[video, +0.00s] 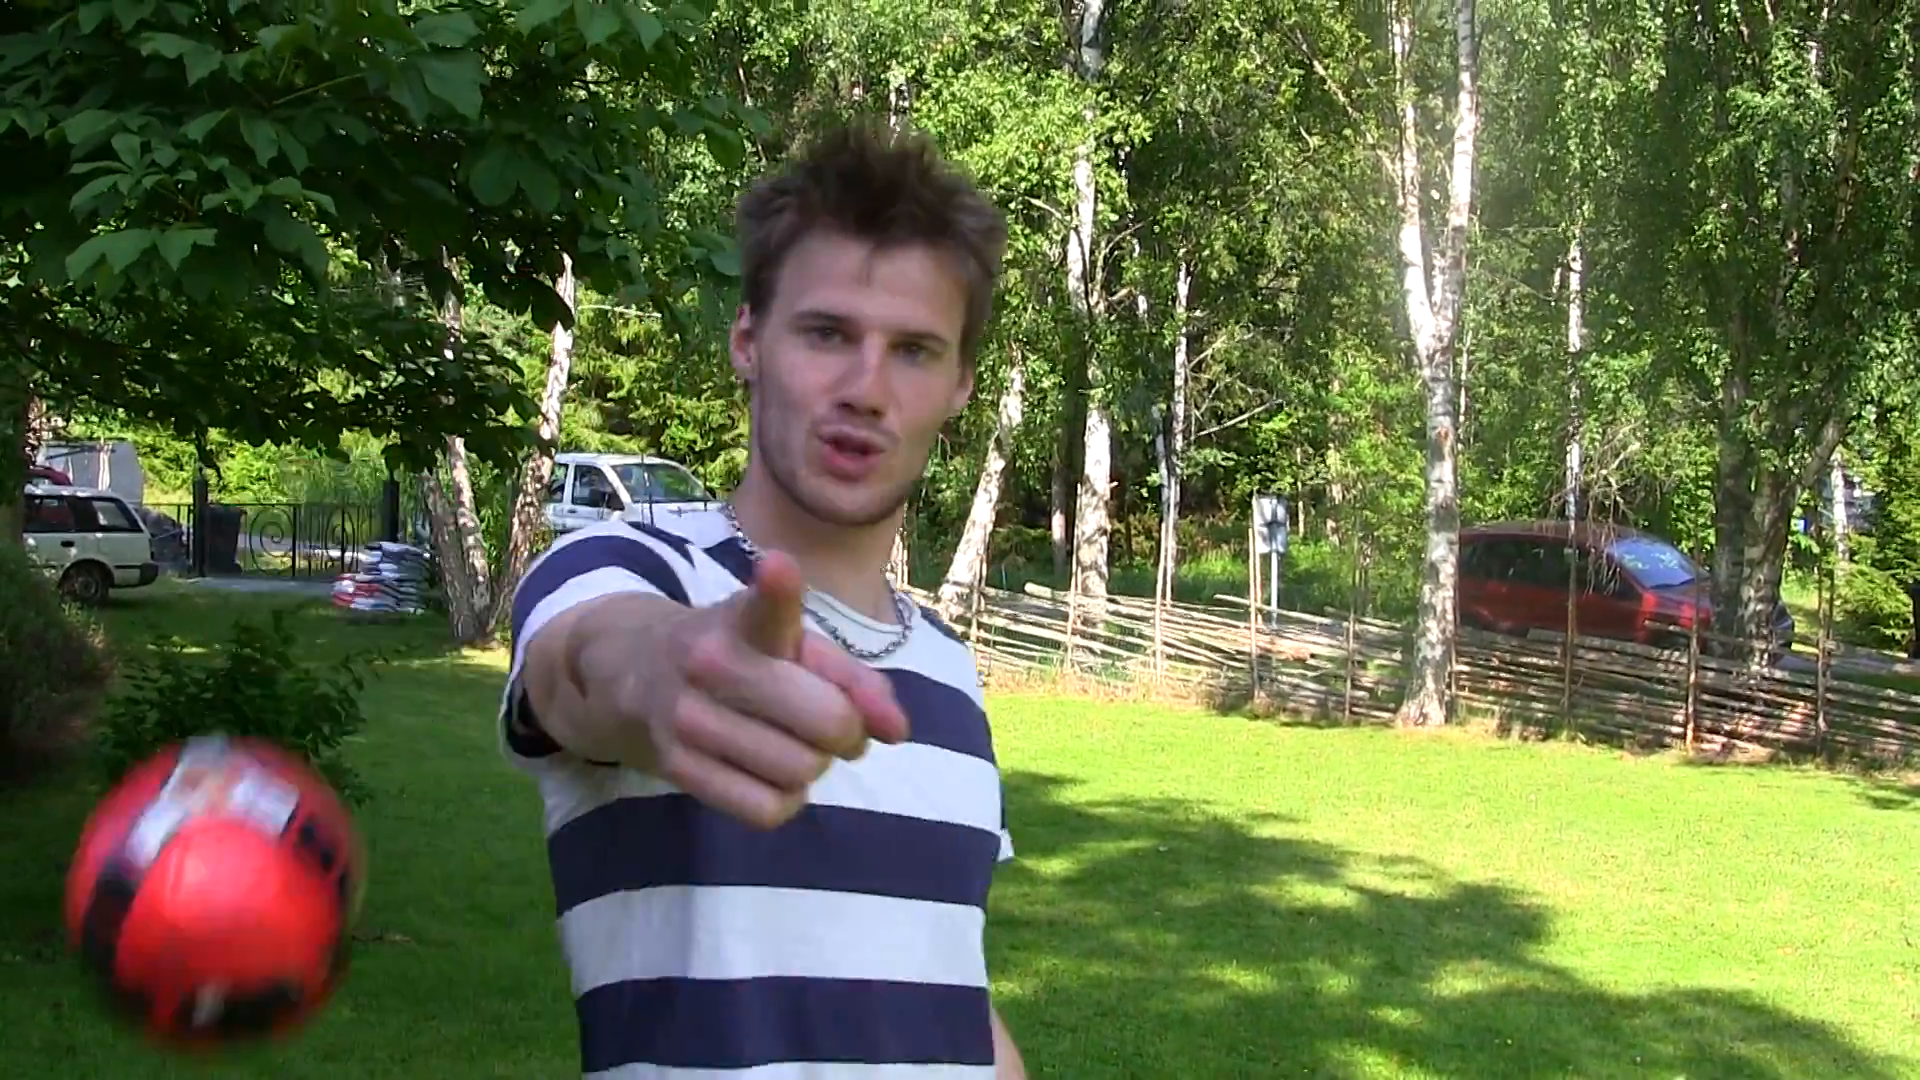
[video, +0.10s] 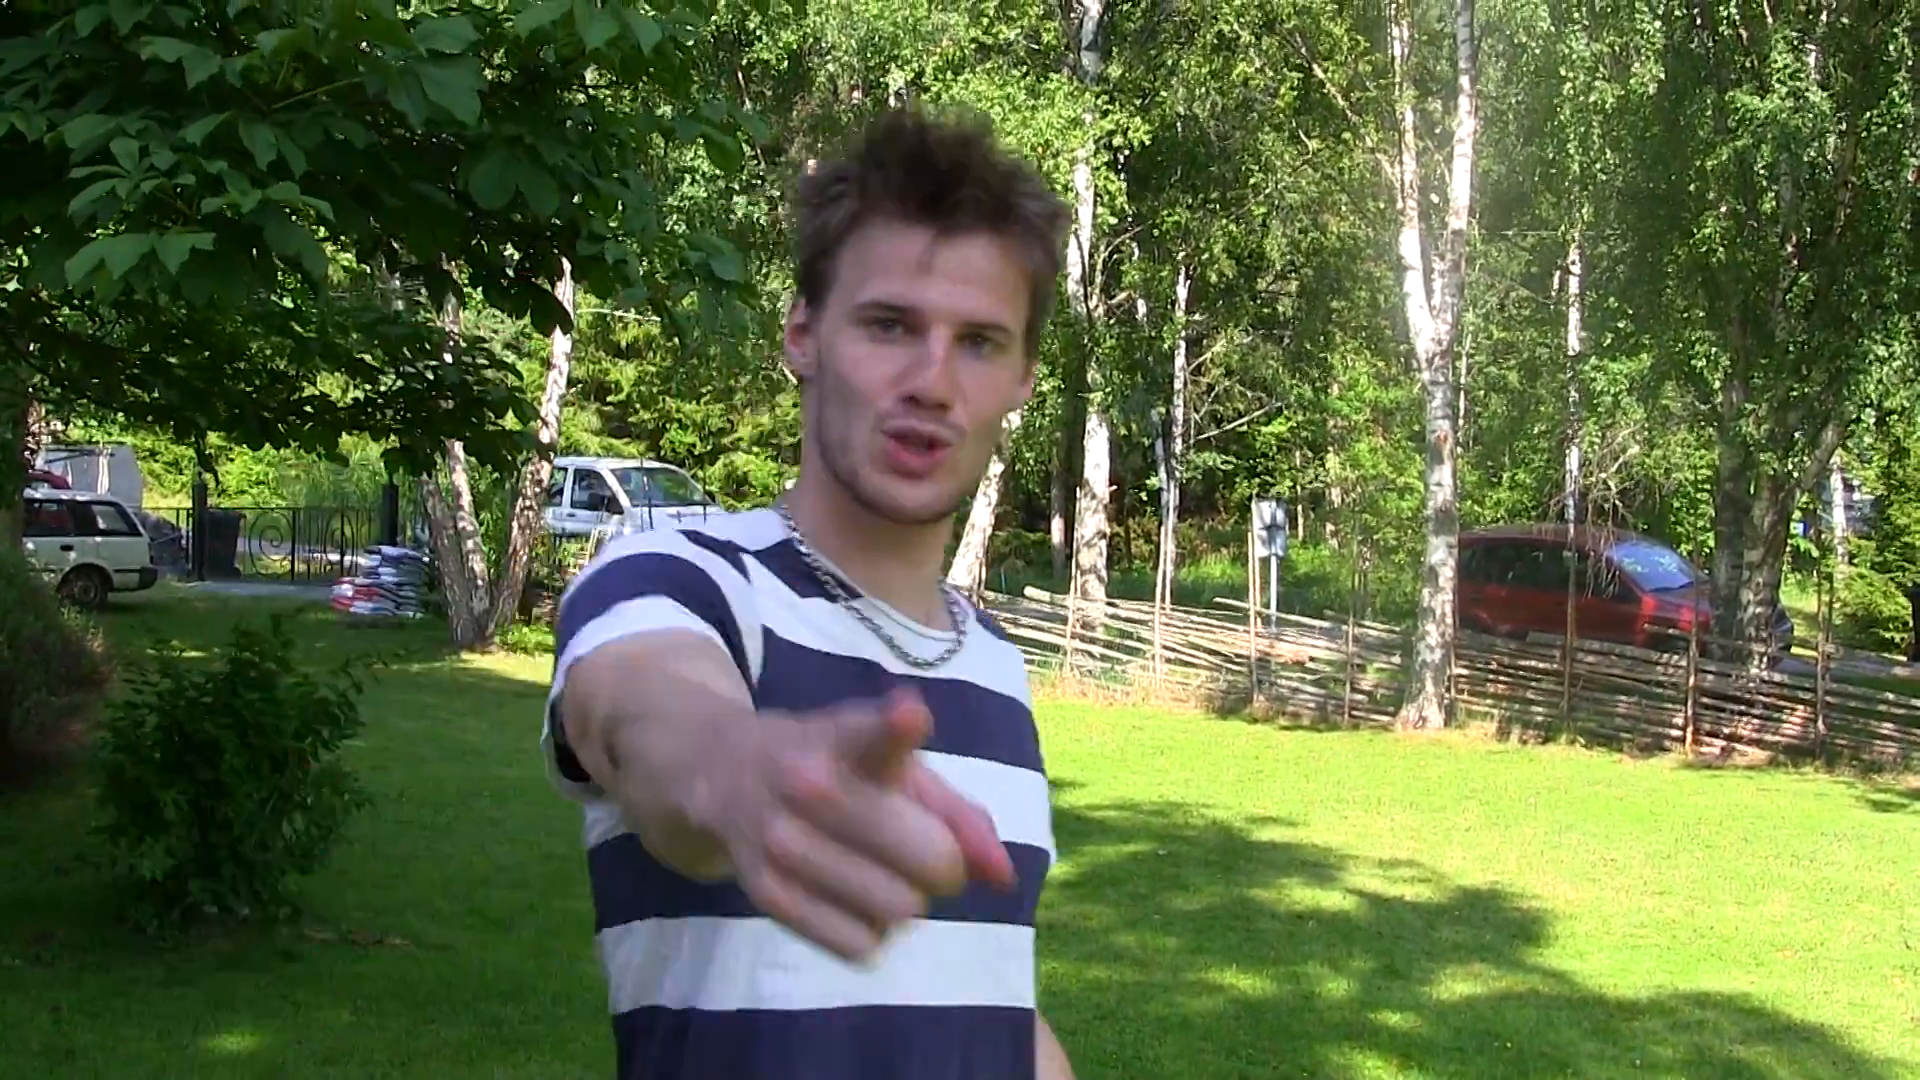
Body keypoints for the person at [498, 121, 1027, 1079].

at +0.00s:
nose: (863, 390)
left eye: (913, 352)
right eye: (825, 335)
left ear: (959, 388)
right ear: (748, 349)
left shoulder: (951, 675)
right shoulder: (617, 563)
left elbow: (950, 986)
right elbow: (578, 661)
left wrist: (1002, 1058)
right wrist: (669, 675)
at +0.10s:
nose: (932, 383)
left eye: (980, 342)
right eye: (889, 326)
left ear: (1021, 382)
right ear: (804, 342)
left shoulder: (999, 669)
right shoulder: (668, 570)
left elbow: (990, 990)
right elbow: (640, 704)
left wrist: (1043, 1056)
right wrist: (737, 777)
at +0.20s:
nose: (1032, 391)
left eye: (1077, 350)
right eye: (987, 331)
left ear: (1114, 386)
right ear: (888, 343)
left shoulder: (1073, 672)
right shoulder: (734, 595)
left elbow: (1055, 1005)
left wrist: (1098, 1060)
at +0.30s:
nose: (1125, 406)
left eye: (1173, 363)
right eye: (1079, 343)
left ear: (1206, 396)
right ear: (977, 352)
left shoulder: (1150, 694)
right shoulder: (816, 626)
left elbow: (1128, 1028)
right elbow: (702, 1029)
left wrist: (1162, 1061)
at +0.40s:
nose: (1194, 410)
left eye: (1237, 366)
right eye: (1145, 348)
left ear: (1270, 402)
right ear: (1039, 363)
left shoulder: (1208, 704)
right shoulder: (881, 660)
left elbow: (1197, 1045)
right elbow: (750, 1065)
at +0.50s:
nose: (1223, 419)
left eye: (1267, 371)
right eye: (1170, 359)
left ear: (1305, 403)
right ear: (1069, 378)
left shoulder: (1250, 707)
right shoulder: (913, 681)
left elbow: (1224, 1042)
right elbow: (799, 1065)